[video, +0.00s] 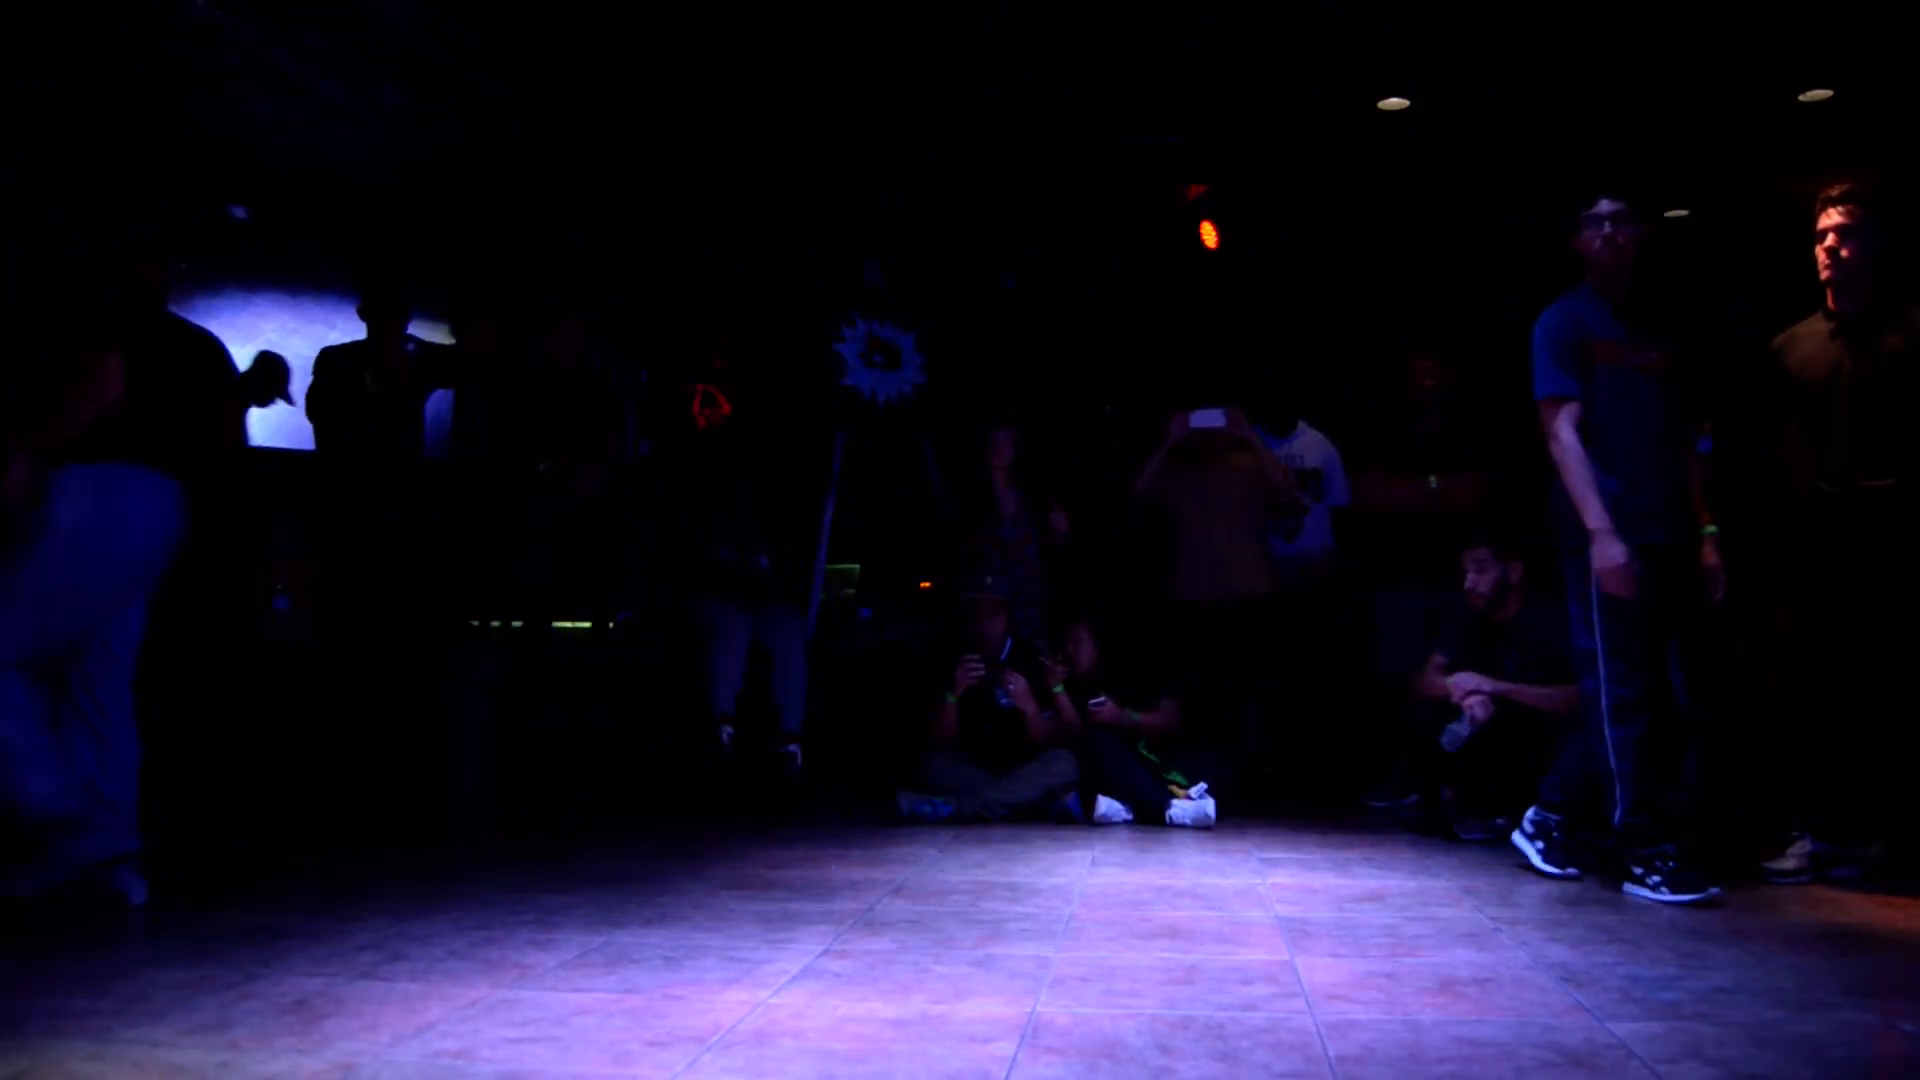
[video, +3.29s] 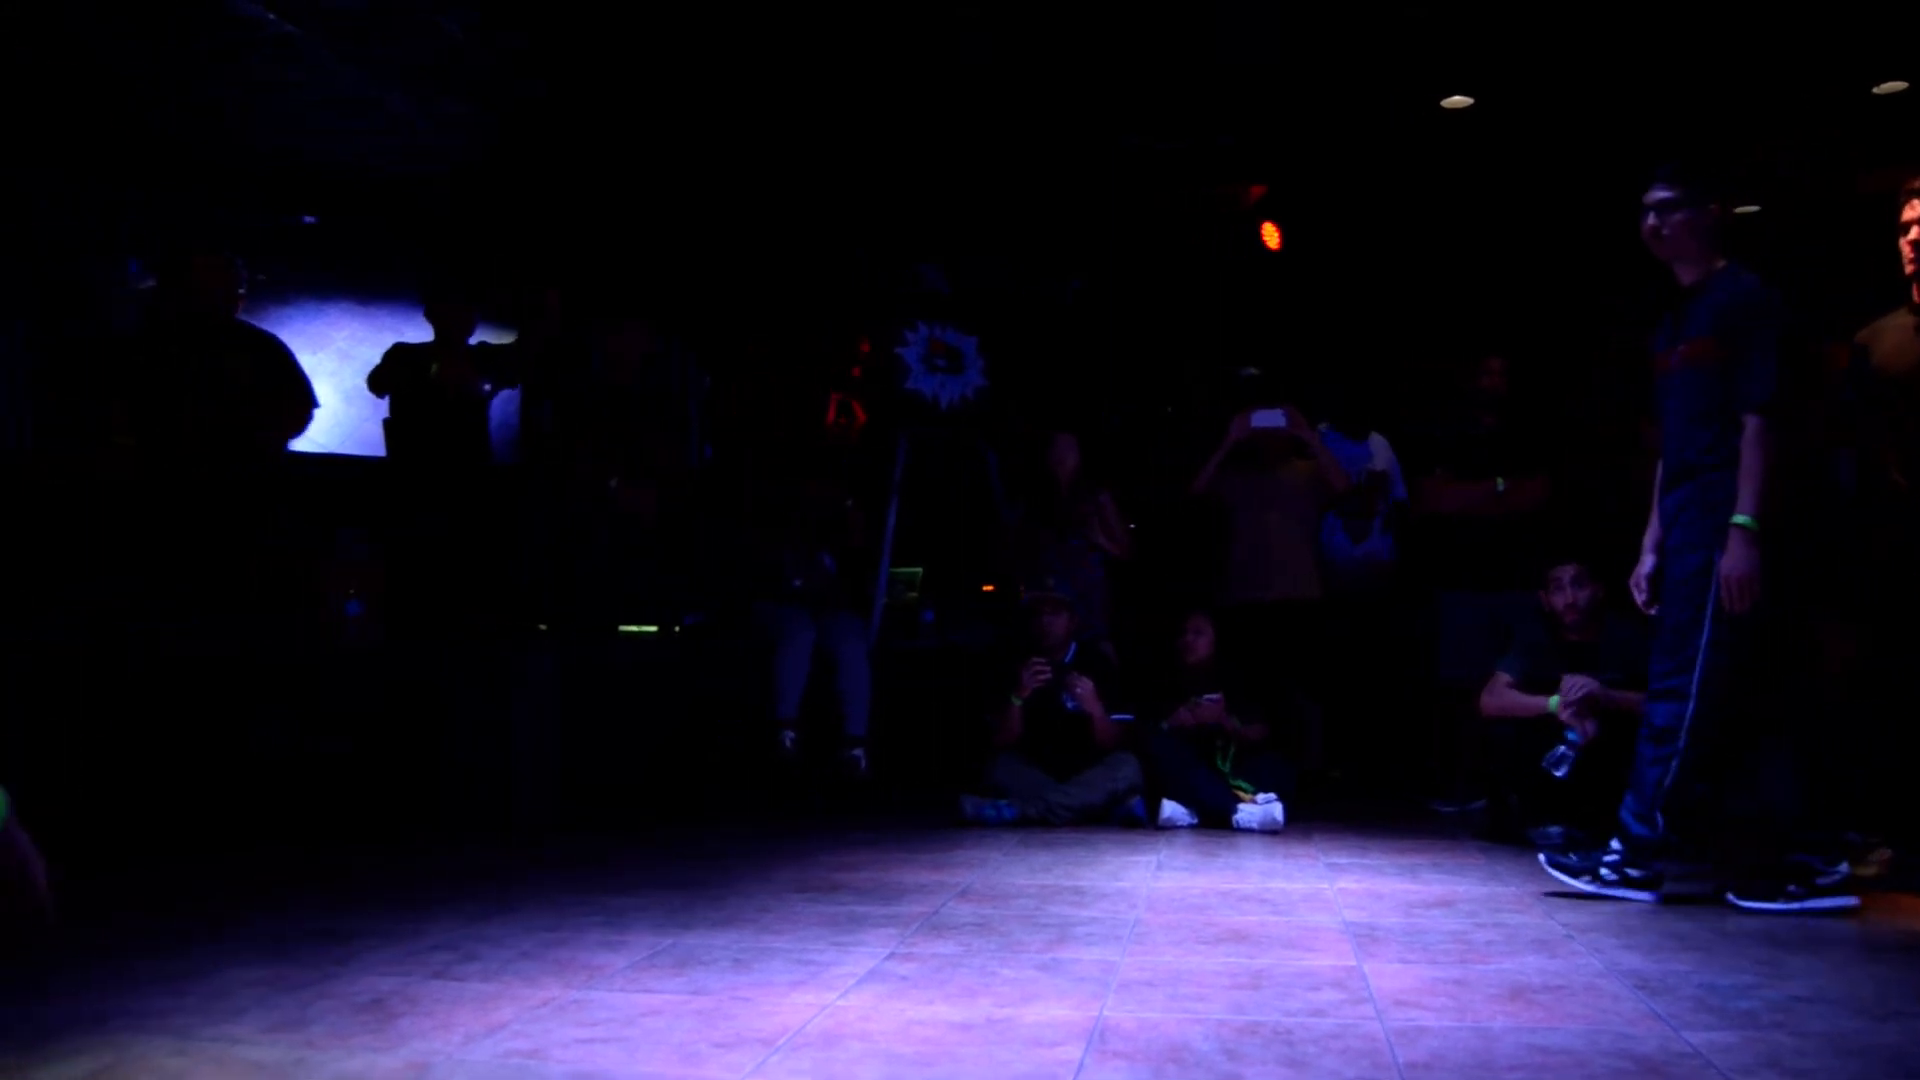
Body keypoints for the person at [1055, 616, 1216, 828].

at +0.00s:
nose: (1072, 651)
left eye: (1079, 642)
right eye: (1068, 644)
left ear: (1097, 644)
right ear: (1062, 650)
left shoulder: (1126, 680)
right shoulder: (1071, 685)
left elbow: (1167, 721)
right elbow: (1076, 730)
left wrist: (1119, 716)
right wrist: (1056, 687)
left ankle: (1127, 808)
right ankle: (1169, 806)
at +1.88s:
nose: (1095, 642)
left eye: (1103, 634)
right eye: (1091, 635)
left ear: (1119, 639)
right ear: (1084, 641)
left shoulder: (1143, 675)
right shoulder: (1082, 680)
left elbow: (1179, 723)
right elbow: (1077, 733)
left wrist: (1138, 718)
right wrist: (1066, 699)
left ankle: (1129, 809)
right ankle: (1169, 807)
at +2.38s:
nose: (1120, 645)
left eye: (1130, 637)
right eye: (1116, 637)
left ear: (1144, 642)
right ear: (1106, 642)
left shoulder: (1161, 680)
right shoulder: (1098, 681)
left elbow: (1194, 732)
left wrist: (1160, 721)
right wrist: (1082, 719)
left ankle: (1132, 813)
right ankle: (1172, 813)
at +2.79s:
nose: (1137, 645)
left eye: (1146, 637)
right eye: (1131, 638)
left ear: (1161, 641)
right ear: (1123, 643)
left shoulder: (1181, 680)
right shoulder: (1115, 682)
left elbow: (1207, 733)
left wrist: (1175, 721)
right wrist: (1105, 719)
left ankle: (1143, 813)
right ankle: (1181, 813)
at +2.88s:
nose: (1153, 644)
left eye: (1162, 636)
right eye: (1147, 637)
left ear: (1177, 641)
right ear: (1140, 643)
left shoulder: (1197, 679)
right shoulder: (1131, 679)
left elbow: (1222, 733)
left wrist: (1189, 719)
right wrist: (1123, 717)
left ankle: (1157, 812)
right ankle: (1196, 813)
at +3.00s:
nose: (1178, 642)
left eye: (1188, 634)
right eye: (1174, 635)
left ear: (1204, 638)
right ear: (1166, 641)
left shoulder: (1226, 678)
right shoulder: (1158, 679)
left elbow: (1249, 731)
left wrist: (1213, 717)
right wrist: (1156, 718)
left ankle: (1183, 811)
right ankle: (1223, 812)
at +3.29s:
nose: (1189, 641)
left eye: (1198, 633)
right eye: (1184, 634)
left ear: (1214, 638)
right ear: (1177, 639)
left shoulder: (1234, 677)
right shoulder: (1170, 679)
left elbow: (1259, 731)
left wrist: (1222, 719)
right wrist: (1180, 720)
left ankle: (1195, 810)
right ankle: (1236, 811)